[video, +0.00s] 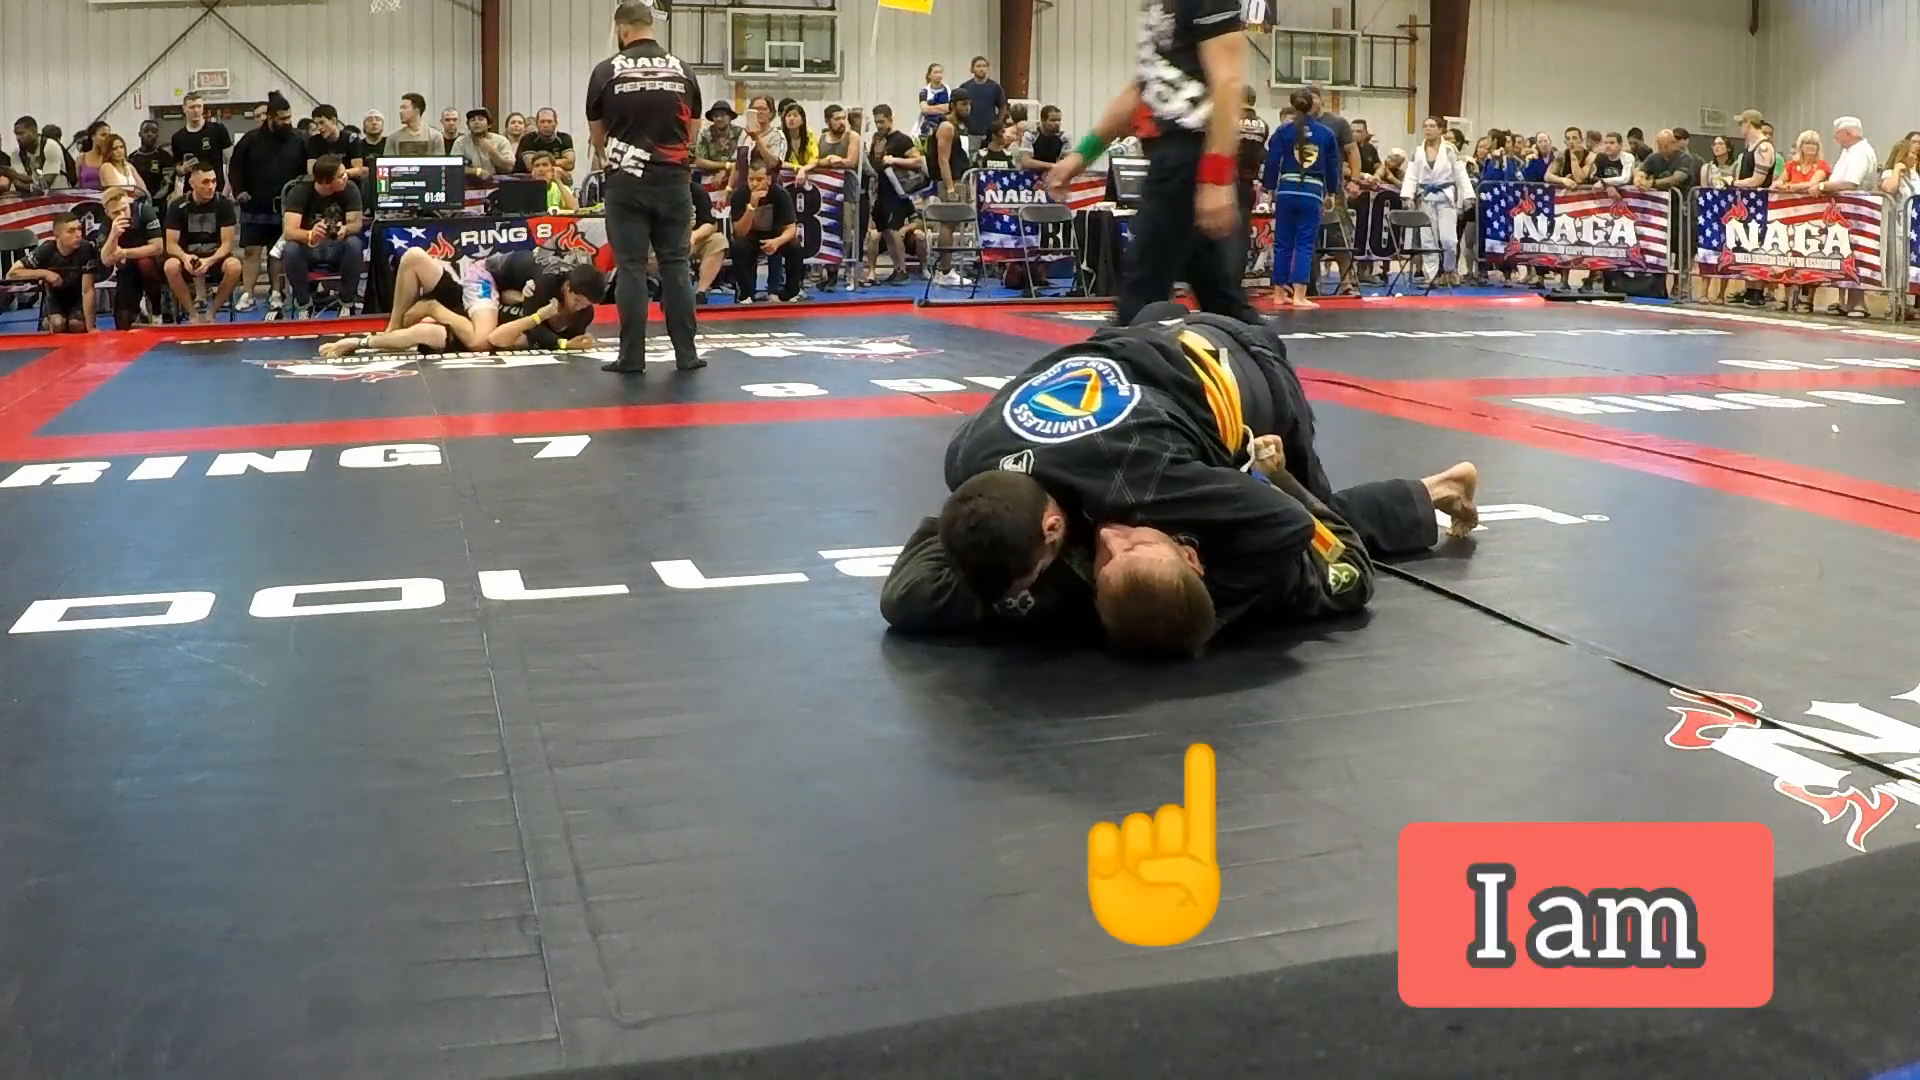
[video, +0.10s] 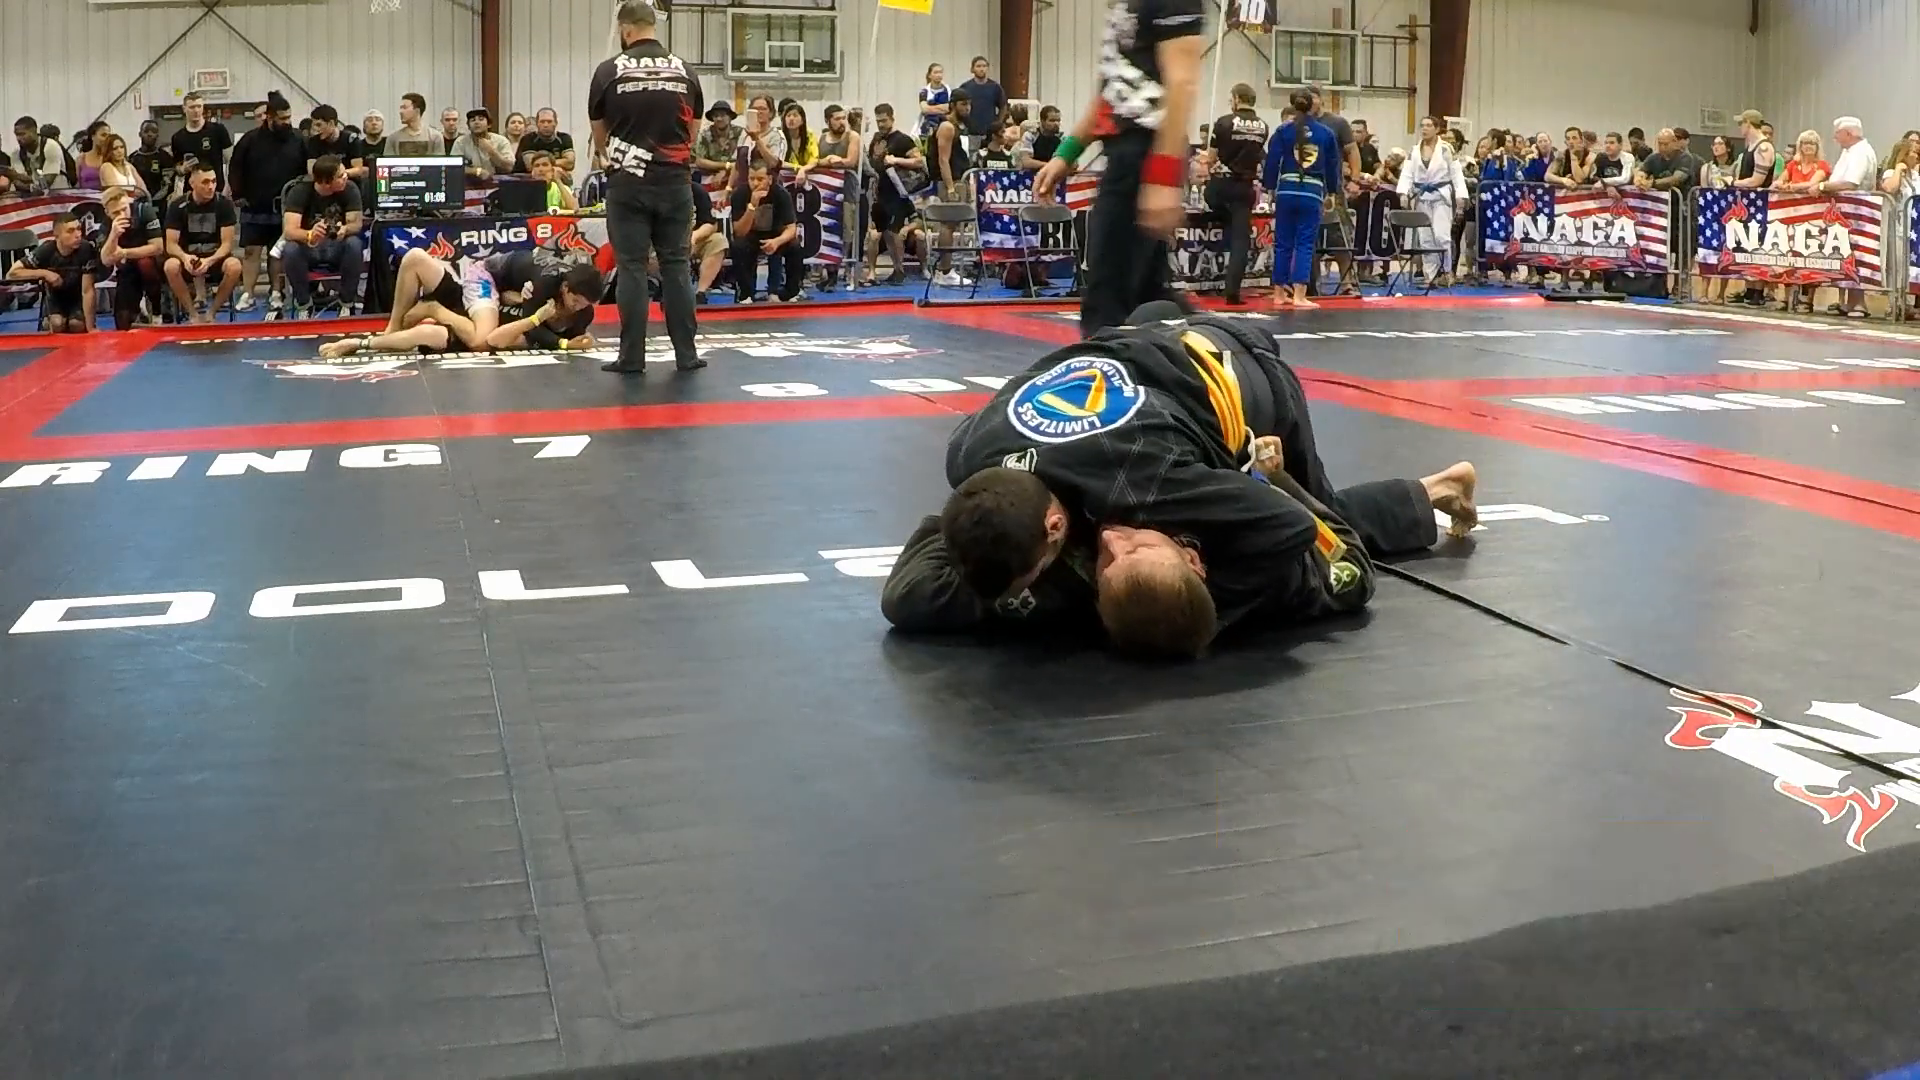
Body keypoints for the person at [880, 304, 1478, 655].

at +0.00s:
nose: (1025, 590)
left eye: (1033, 575)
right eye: (1009, 588)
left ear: (1059, 529)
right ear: (957, 534)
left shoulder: (1153, 480)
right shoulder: (966, 468)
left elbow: (1324, 551)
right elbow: (902, 601)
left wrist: (1209, 595)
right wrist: (1050, 598)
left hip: (1246, 372)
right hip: (1142, 339)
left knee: (1318, 522)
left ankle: (1436, 500)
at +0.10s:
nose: (1023, 591)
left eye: (1033, 575)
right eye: (1005, 585)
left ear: (1060, 526)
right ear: (957, 534)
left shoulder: (1156, 481)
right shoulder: (967, 465)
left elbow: (1311, 542)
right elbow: (904, 599)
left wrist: (1214, 604)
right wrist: (1035, 601)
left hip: (1243, 375)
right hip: (1142, 342)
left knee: (1320, 520)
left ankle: (1436, 497)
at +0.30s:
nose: (1027, 593)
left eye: (1036, 580)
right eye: (1014, 590)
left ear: (1062, 536)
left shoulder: (1146, 480)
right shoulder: (956, 479)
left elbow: (1299, 524)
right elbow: (908, 594)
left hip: (1216, 371)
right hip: (1104, 355)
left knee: (1315, 526)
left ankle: (1428, 491)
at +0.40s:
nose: (1032, 602)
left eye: (1035, 588)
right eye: (1016, 600)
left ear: (1057, 542)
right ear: (958, 544)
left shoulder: (1134, 482)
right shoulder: (946, 484)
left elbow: (1282, 519)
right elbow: (968, 555)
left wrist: (1209, 609)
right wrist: (933, 575)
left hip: (1203, 367)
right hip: (1101, 342)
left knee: (1303, 532)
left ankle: (1416, 487)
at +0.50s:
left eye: (1020, 593)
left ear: (1041, 542)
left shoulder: (1132, 482)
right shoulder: (951, 463)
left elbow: (1277, 515)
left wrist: (1207, 614)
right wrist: (955, 561)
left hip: (1211, 360)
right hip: (1109, 332)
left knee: (1280, 512)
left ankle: (1402, 477)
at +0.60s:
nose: (1123, 533)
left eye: (1007, 572)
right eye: (987, 583)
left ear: (1033, 525)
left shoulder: (1140, 480)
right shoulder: (960, 450)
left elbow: (1278, 512)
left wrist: (1205, 609)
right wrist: (958, 563)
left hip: (1232, 366)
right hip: (1131, 324)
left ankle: (1424, 487)